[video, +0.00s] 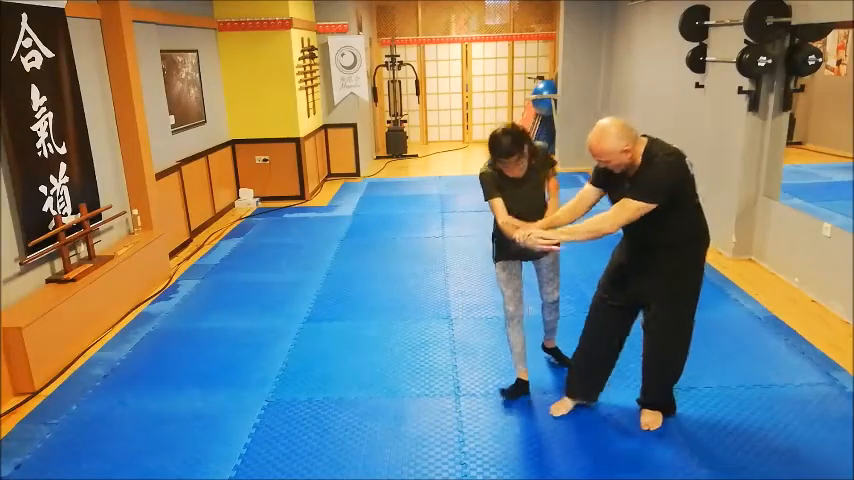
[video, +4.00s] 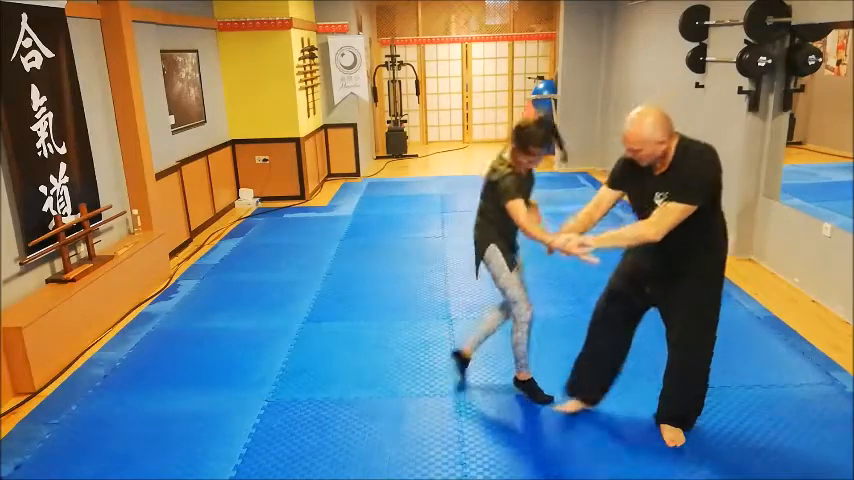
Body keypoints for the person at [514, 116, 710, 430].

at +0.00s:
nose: (600, 166)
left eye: (605, 161)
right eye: (599, 160)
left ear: (629, 150)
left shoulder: (665, 166)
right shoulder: (613, 162)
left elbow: (610, 223)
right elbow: (579, 204)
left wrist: (554, 236)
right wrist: (539, 225)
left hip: (677, 253)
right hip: (636, 245)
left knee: (664, 329)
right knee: (605, 315)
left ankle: (654, 403)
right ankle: (580, 391)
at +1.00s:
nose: (571, 180)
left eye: (574, 175)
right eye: (567, 175)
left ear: (595, 162)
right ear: (569, 162)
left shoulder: (639, 164)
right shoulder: (579, 176)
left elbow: (629, 238)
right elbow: (570, 234)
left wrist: (569, 255)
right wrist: (548, 280)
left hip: (665, 246)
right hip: (620, 244)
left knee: (659, 323)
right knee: (596, 312)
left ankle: (654, 402)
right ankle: (582, 391)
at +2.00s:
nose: (653, 98)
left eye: (660, 92)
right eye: (654, 91)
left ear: (685, 97)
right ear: (678, 96)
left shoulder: (699, 139)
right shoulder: (672, 128)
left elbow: (665, 204)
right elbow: (659, 185)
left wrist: (611, 222)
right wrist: (634, 219)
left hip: (693, 240)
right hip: (668, 234)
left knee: (666, 310)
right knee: (682, 302)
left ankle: (658, 399)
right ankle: (694, 369)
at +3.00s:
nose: (661, 102)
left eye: (665, 95)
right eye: (661, 96)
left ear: (688, 94)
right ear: (693, 95)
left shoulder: (688, 133)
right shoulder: (722, 121)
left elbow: (641, 184)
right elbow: (706, 180)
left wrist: (593, 206)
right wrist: (639, 192)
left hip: (692, 231)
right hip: (717, 225)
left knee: (670, 311)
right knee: (697, 301)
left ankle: (658, 393)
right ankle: (696, 373)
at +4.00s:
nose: (629, 154)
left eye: (636, 149)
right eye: (627, 147)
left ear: (665, 143)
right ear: (626, 138)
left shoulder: (699, 163)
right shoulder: (631, 164)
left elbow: (654, 229)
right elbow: (594, 210)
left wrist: (592, 242)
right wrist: (564, 234)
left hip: (696, 262)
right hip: (647, 252)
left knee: (690, 343)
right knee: (610, 315)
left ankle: (673, 418)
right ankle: (587, 393)